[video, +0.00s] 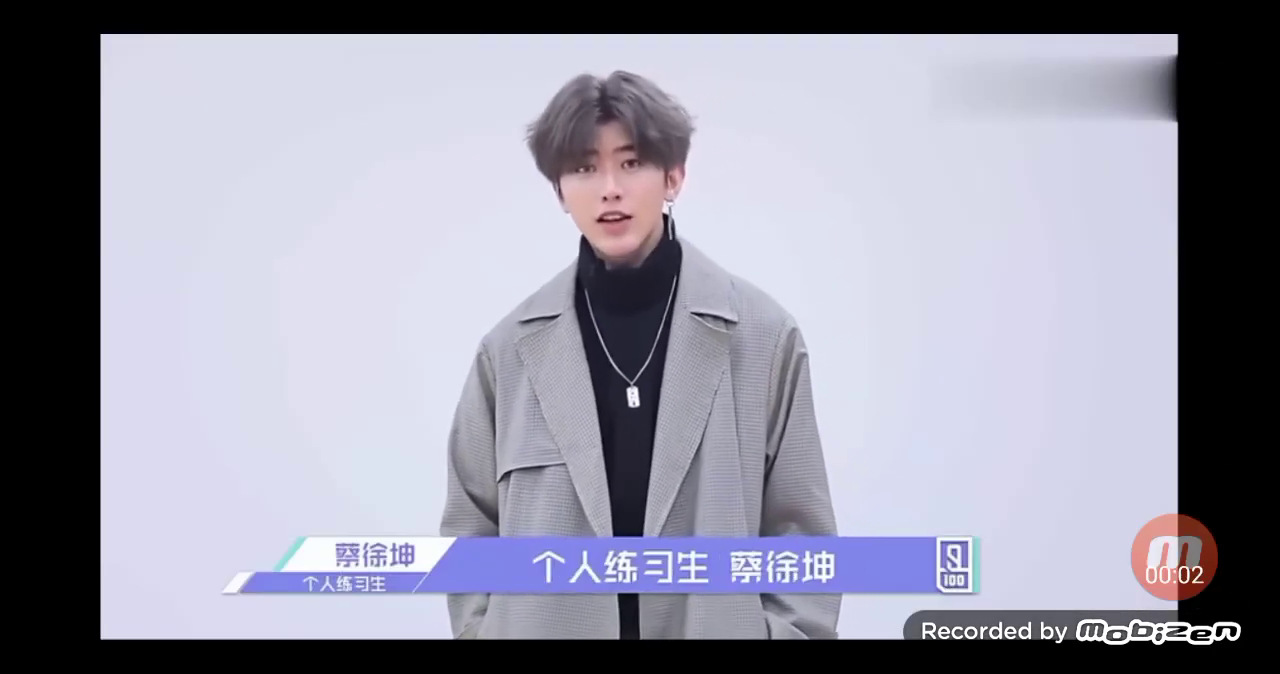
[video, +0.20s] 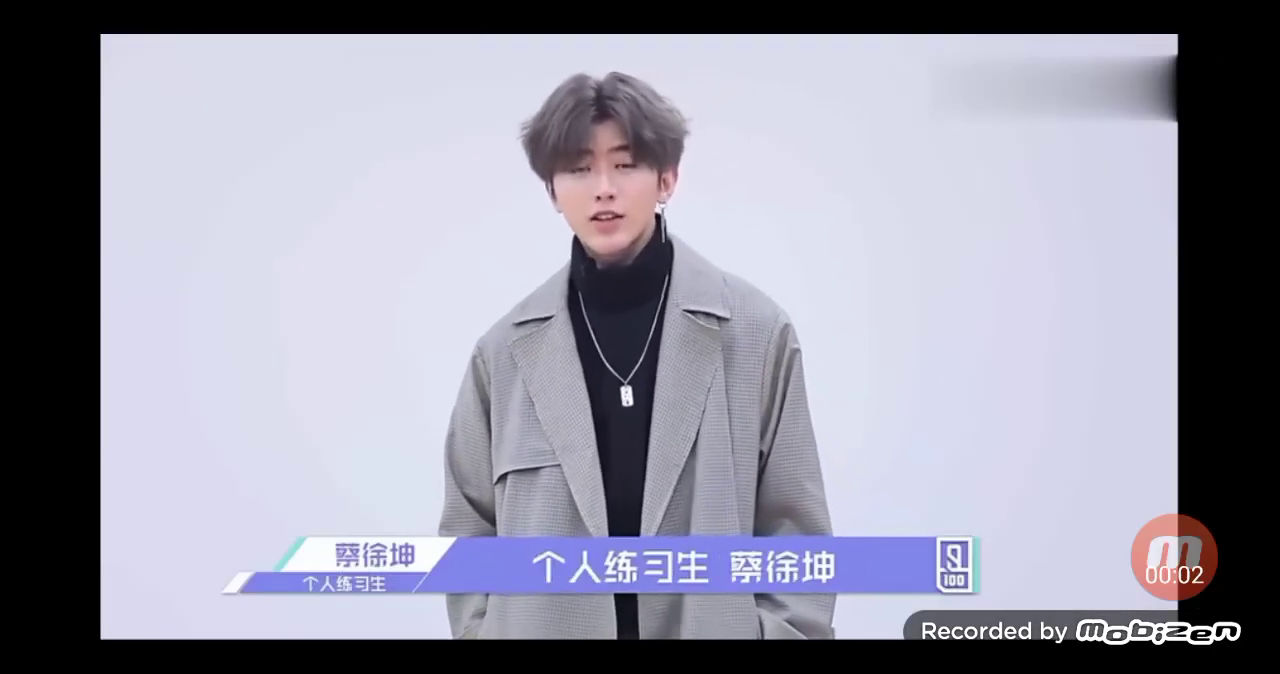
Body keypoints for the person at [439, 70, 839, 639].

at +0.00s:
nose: (609, 190)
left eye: (631, 164)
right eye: (585, 168)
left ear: (673, 177)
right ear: (560, 190)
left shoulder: (765, 336)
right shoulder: (505, 351)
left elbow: (804, 530)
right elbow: (467, 528)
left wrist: (786, 630)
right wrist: (485, 626)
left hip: (714, 630)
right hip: (548, 631)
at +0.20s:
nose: (603, 189)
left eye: (625, 165)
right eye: (580, 168)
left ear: (666, 180)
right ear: (553, 189)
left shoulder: (758, 333)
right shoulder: (500, 353)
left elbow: (798, 530)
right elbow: (465, 532)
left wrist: (780, 630)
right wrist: (482, 626)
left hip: (708, 629)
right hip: (545, 631)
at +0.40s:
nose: (606, 184)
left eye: (628, 162)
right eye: (582, 163)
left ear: (666, 181)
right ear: (553, 185)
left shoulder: (758, 333)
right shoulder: (499, 355)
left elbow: (800, 531)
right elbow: (464, 537)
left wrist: (785, 631)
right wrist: (482, 627)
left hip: (712, 630)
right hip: (548, 631)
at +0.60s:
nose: (606, 185)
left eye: (629, 164)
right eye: (583, 163)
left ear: (665, 184)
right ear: (553, 185)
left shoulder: (756, 334)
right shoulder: (497, 357)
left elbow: (800, 531)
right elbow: (462, 539)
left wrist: (784, 631)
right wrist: (481, 628)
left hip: (712, 629)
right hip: (548, 630)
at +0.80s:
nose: (603, 186)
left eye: (627, 164)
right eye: (580, 163)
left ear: (663, 184)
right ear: (550, 186)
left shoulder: (753, 334)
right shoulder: (495, 358)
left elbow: (796, 531)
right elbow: (460, 539)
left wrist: (781, 630)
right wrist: (478, 627)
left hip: (708, 629)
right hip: (544, 631)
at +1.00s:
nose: (595, 185)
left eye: (618, 164)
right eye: (572, 163)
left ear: (655, 188)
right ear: (542, 186)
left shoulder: (746, 333)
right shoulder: (489, 359)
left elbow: (791, 530)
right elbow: (455, 542)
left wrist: (776, 630)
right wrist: (476, 628)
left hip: (704, 629)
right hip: (541, 631)